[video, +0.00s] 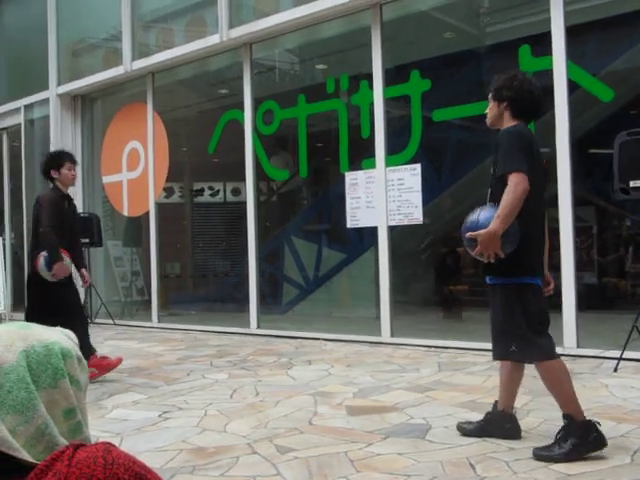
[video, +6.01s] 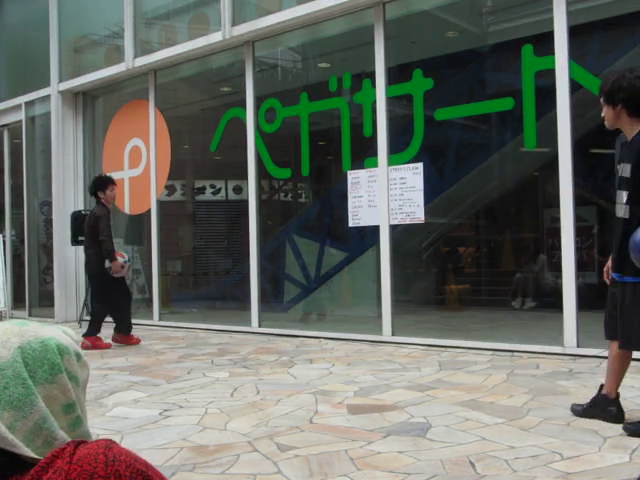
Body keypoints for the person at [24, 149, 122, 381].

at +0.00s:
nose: (74, 174)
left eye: (74, 169)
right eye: (69, 169)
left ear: (72, 172)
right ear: (54, 173)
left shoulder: (66, 200)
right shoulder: (48, 198)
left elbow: (73, 237)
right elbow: (46, 233)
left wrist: (81, 266)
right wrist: (57, 260)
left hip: (57, 267)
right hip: (49, 268)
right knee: (74, 313)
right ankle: (89, 357)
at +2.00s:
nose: (108, 179)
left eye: (106, 175)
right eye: (104, 175)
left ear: (91, 182)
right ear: (95, 180)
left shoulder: (87, 204)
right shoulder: (103, 201)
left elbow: (95, 238)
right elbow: (112, 231)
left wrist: (123, 248)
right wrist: (129, 251)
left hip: (84, 263)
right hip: (99, 263)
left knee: (91, 303)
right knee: (114, 303)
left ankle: (93, 344)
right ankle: (113, 345)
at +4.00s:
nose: (69, 196)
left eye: (71, 192)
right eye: (65, 193)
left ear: (73, 193)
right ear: (56, 196)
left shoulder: (84, 215)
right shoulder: (52, 219)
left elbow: (91, 241)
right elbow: (53, 245)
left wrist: (95, 263)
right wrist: (64, 263)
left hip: (85, 264)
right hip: (64, 266)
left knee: (84, 302)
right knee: (67, 303)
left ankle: (85, 336)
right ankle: (68, 337)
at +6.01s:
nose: (115, 194)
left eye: (115, 190)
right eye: (112, 190)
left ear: (103, 195)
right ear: (101, 194)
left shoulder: (97, 211)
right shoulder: (102, 212)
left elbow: (99, 240)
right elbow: (105, 238)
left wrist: (112, 254)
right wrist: (112, 260)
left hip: (95, 263)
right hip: (101, 263)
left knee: (101, 299)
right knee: (123, 295)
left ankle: (91, 335)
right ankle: (123, 332)